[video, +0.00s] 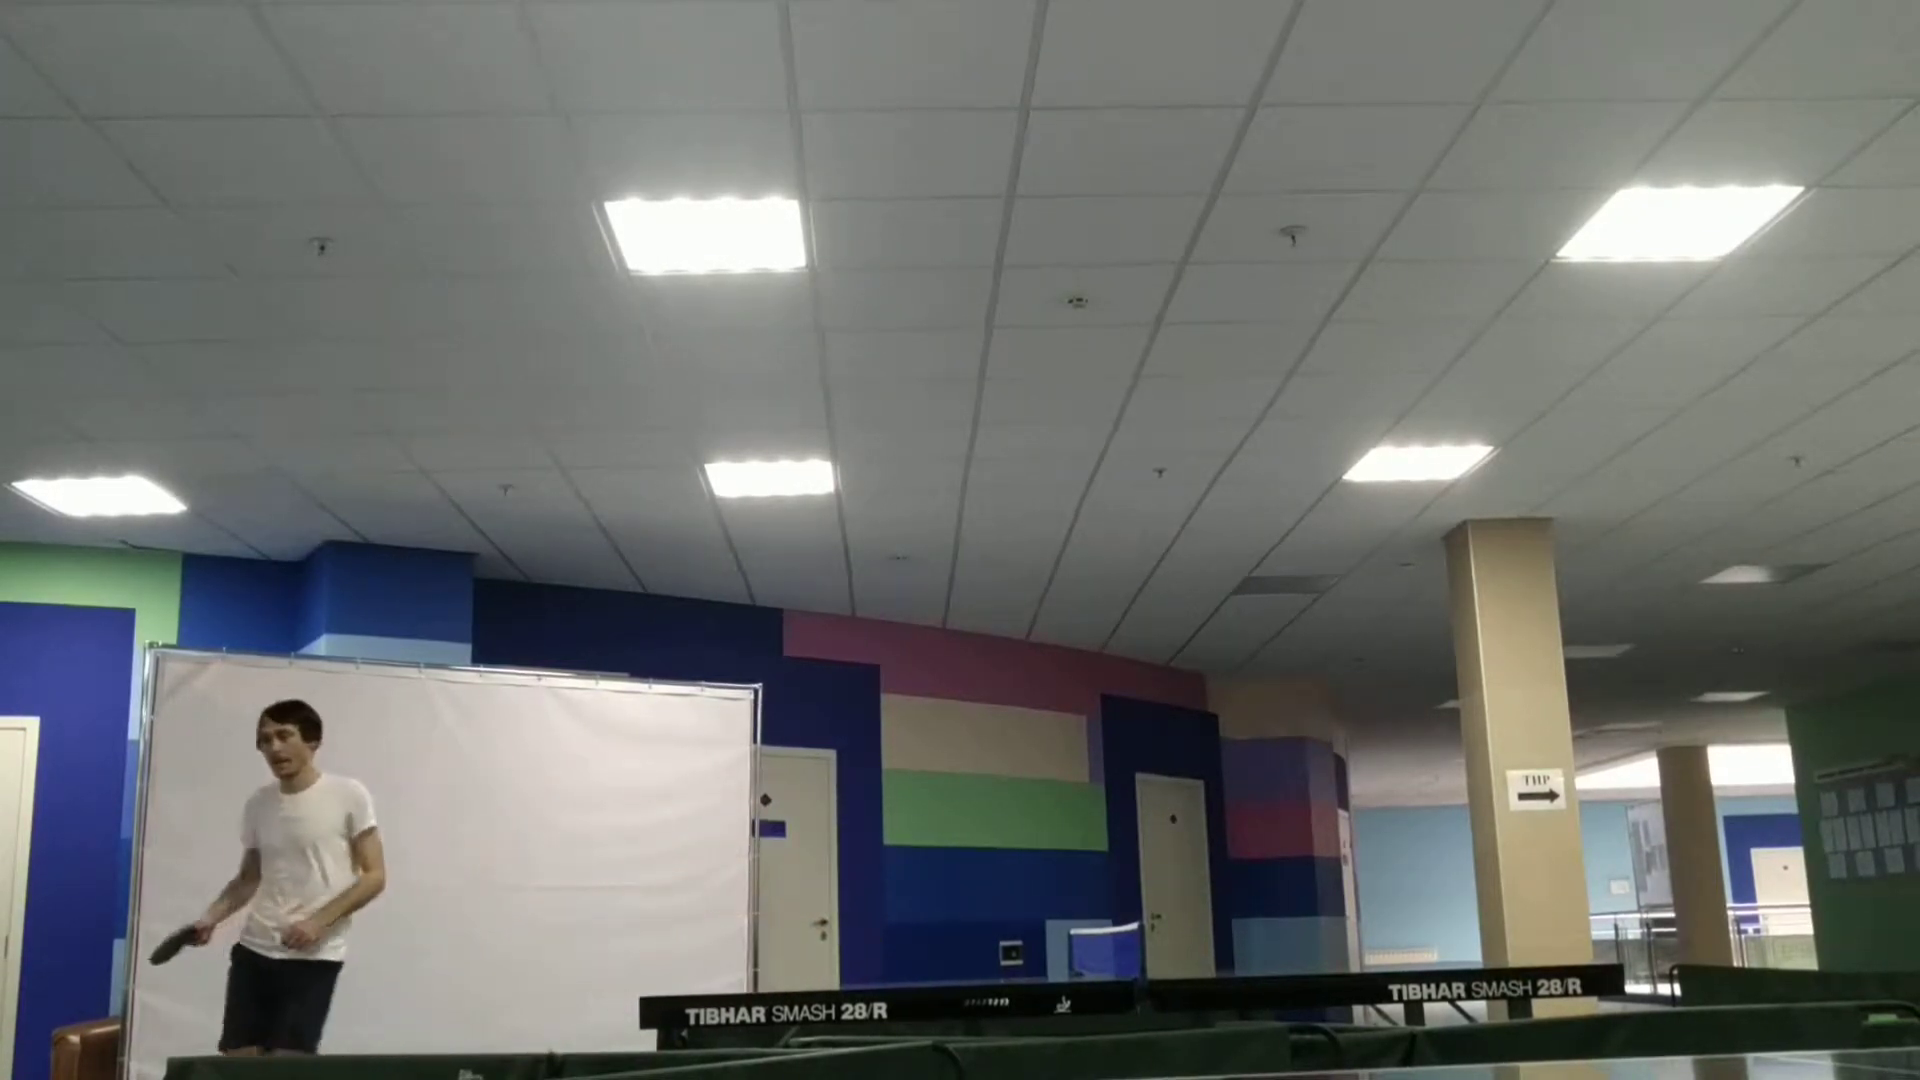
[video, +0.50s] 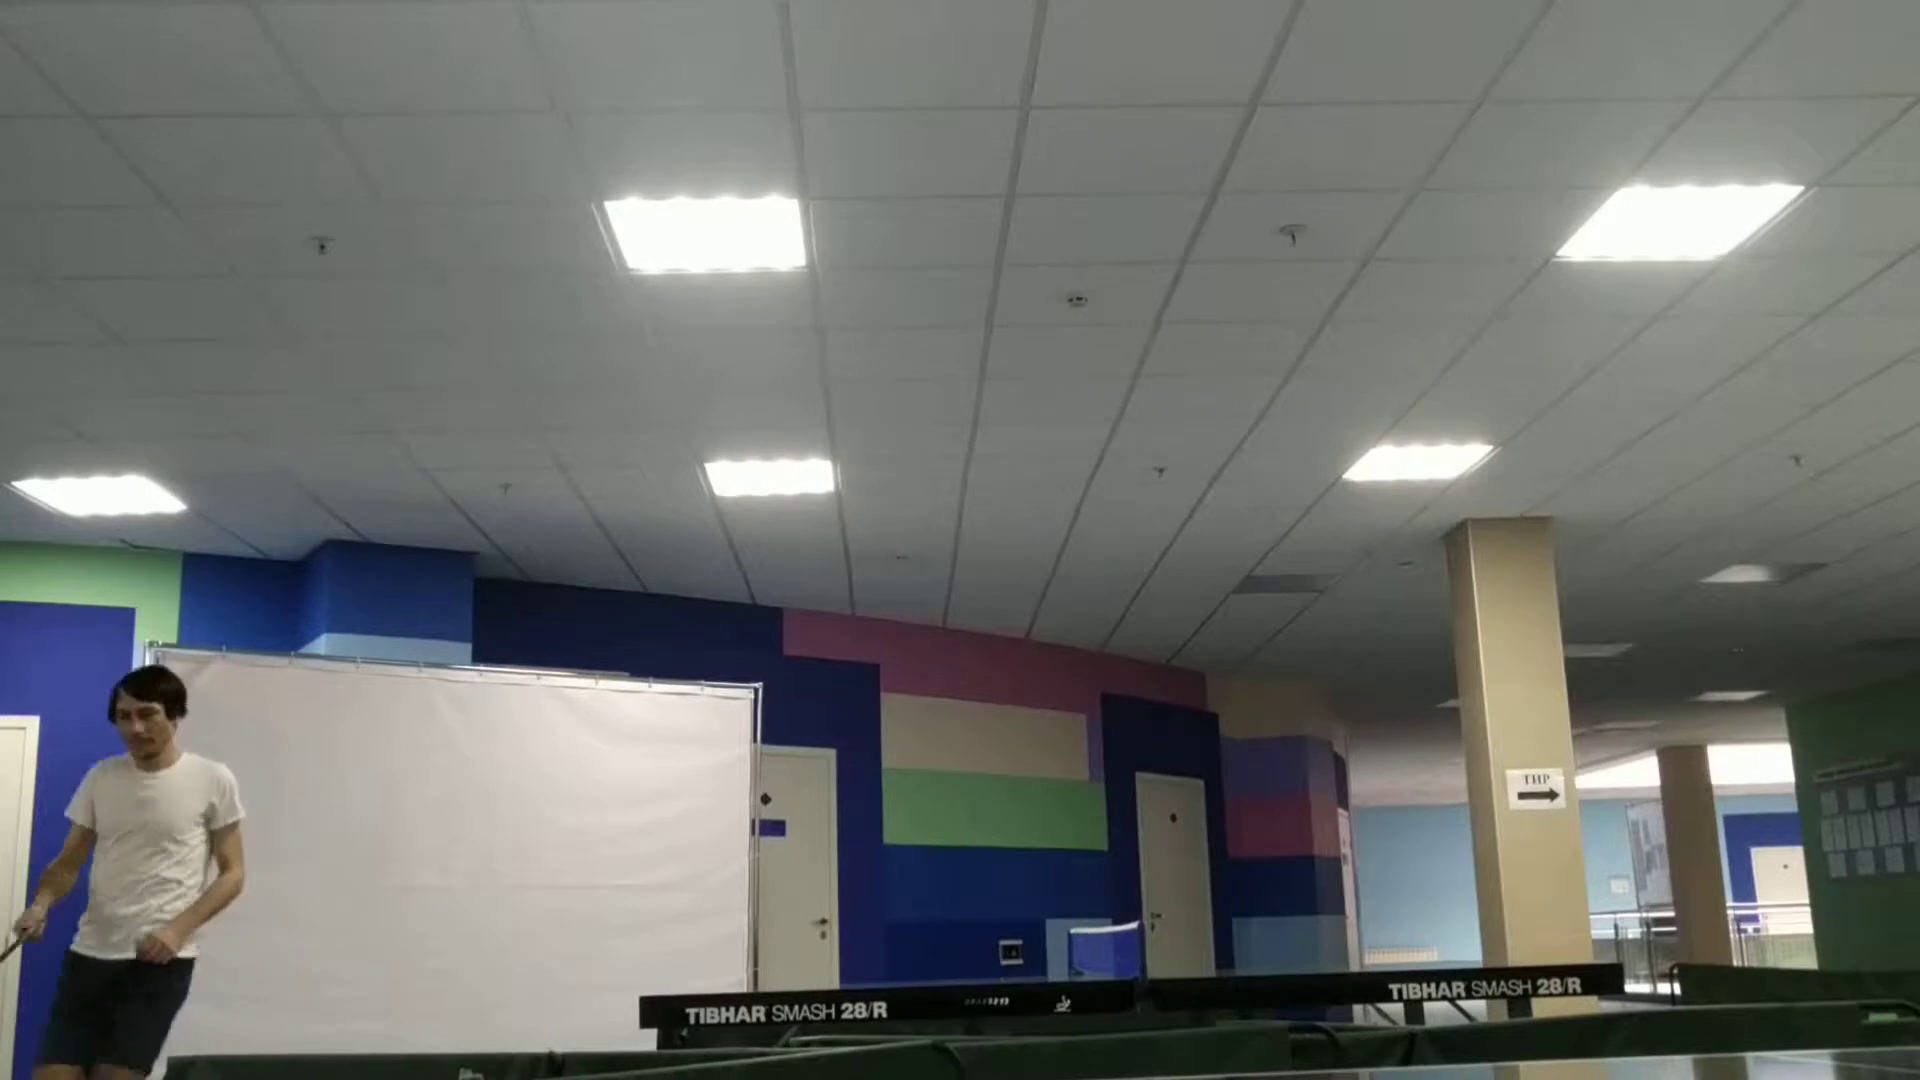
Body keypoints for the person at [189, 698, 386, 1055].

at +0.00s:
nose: (275, 748)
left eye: (284, 737)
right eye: (266, 741)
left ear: (312, 742)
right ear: (260, 749)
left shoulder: (349, 796)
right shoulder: (259, 804)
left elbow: (374, 878)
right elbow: (249, 877)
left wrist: (318, 923)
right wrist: (210, 919)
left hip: (313, 959)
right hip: (254, 953)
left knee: (288, 1062)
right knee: (239, 1059)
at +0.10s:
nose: (250, 741)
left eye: (260, 729)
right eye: (241, 732)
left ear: (288, 733)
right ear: (234, 740)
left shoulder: (324, 791)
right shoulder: (226, 795)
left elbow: (349, 873)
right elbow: (195, 868)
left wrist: (298, 924)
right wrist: (163, 899)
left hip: (284, 955)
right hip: (224, 953)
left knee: (240, 1061)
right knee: (218, 1067)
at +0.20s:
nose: (225, 746)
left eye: (236, 734)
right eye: (216, 736)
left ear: (263, 738)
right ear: (207, 742)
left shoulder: (296, 798)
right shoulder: (195, 797)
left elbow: (320, 881)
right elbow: (146, 867)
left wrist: (275, 936)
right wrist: (124, 888)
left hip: (248, 968)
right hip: (189, 963)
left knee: (210, 1069)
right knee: (195, 1070)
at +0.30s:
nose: (197, 747)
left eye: (209, 735)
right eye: (188, 737)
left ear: (235, 738)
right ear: (179, 742)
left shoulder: (269, 801)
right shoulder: (163, 796)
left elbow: (288, 888)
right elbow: (112, 866)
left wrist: (244, 946)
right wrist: (90, 886)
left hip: (212, 968)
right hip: (151, 965)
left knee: (161, 1071)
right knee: (162, 1073)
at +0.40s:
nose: (167, 740)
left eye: (178, 728)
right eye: (158, 730)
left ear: (206, 730)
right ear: (149, 734)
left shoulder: (241, 795)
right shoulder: (133, 786)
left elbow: (258, 886)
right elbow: (84, 867)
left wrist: (209, 944)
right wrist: (61, 897)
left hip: (181, 967)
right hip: (118, 964)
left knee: (130, 1072)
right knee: (111, 1072)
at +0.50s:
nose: (136, 727)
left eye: (147, 715)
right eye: (125, 717)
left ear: (175, 717)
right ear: (115, 722)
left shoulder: (213, 781)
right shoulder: (101, 777)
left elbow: (233, 876)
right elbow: (69, 862)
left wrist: (177, 931)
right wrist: (40, 905)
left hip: (159, 962)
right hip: (90, 956)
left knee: (116, 1072)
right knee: (55, 1071)